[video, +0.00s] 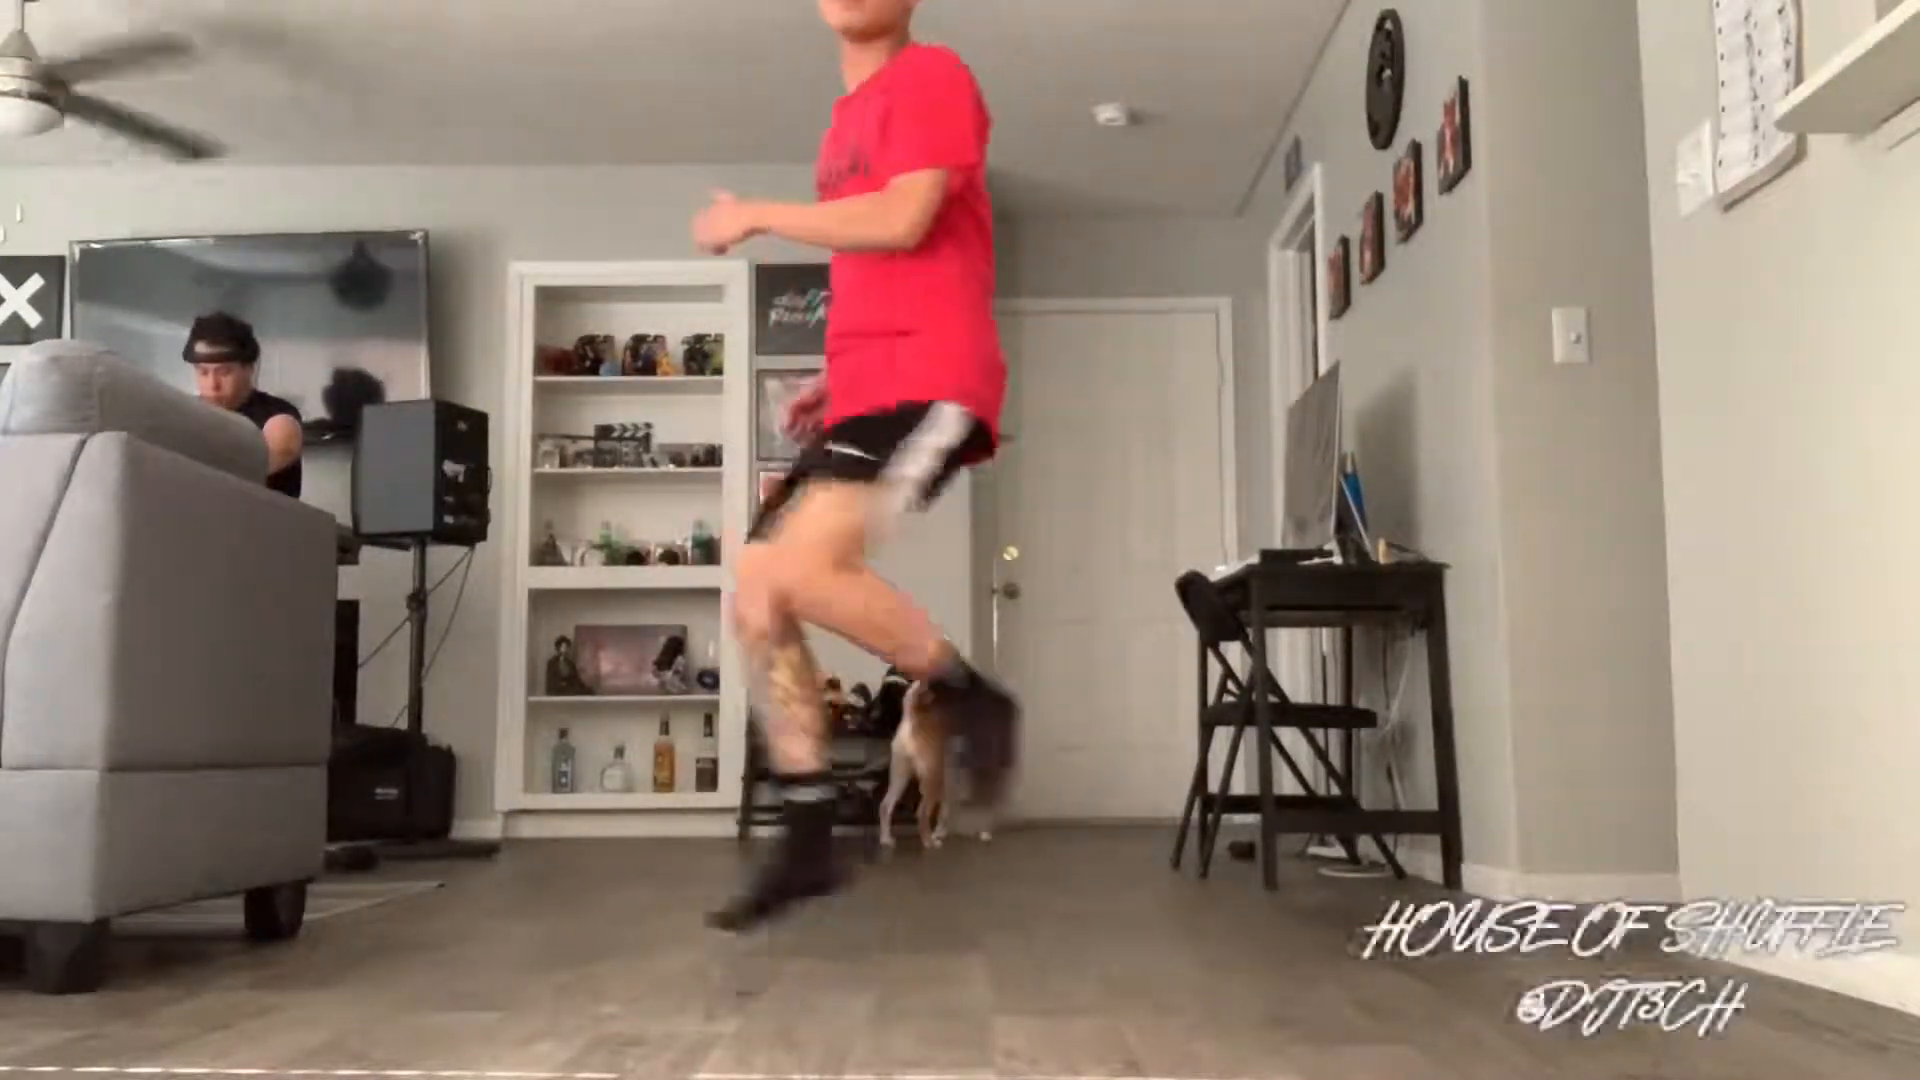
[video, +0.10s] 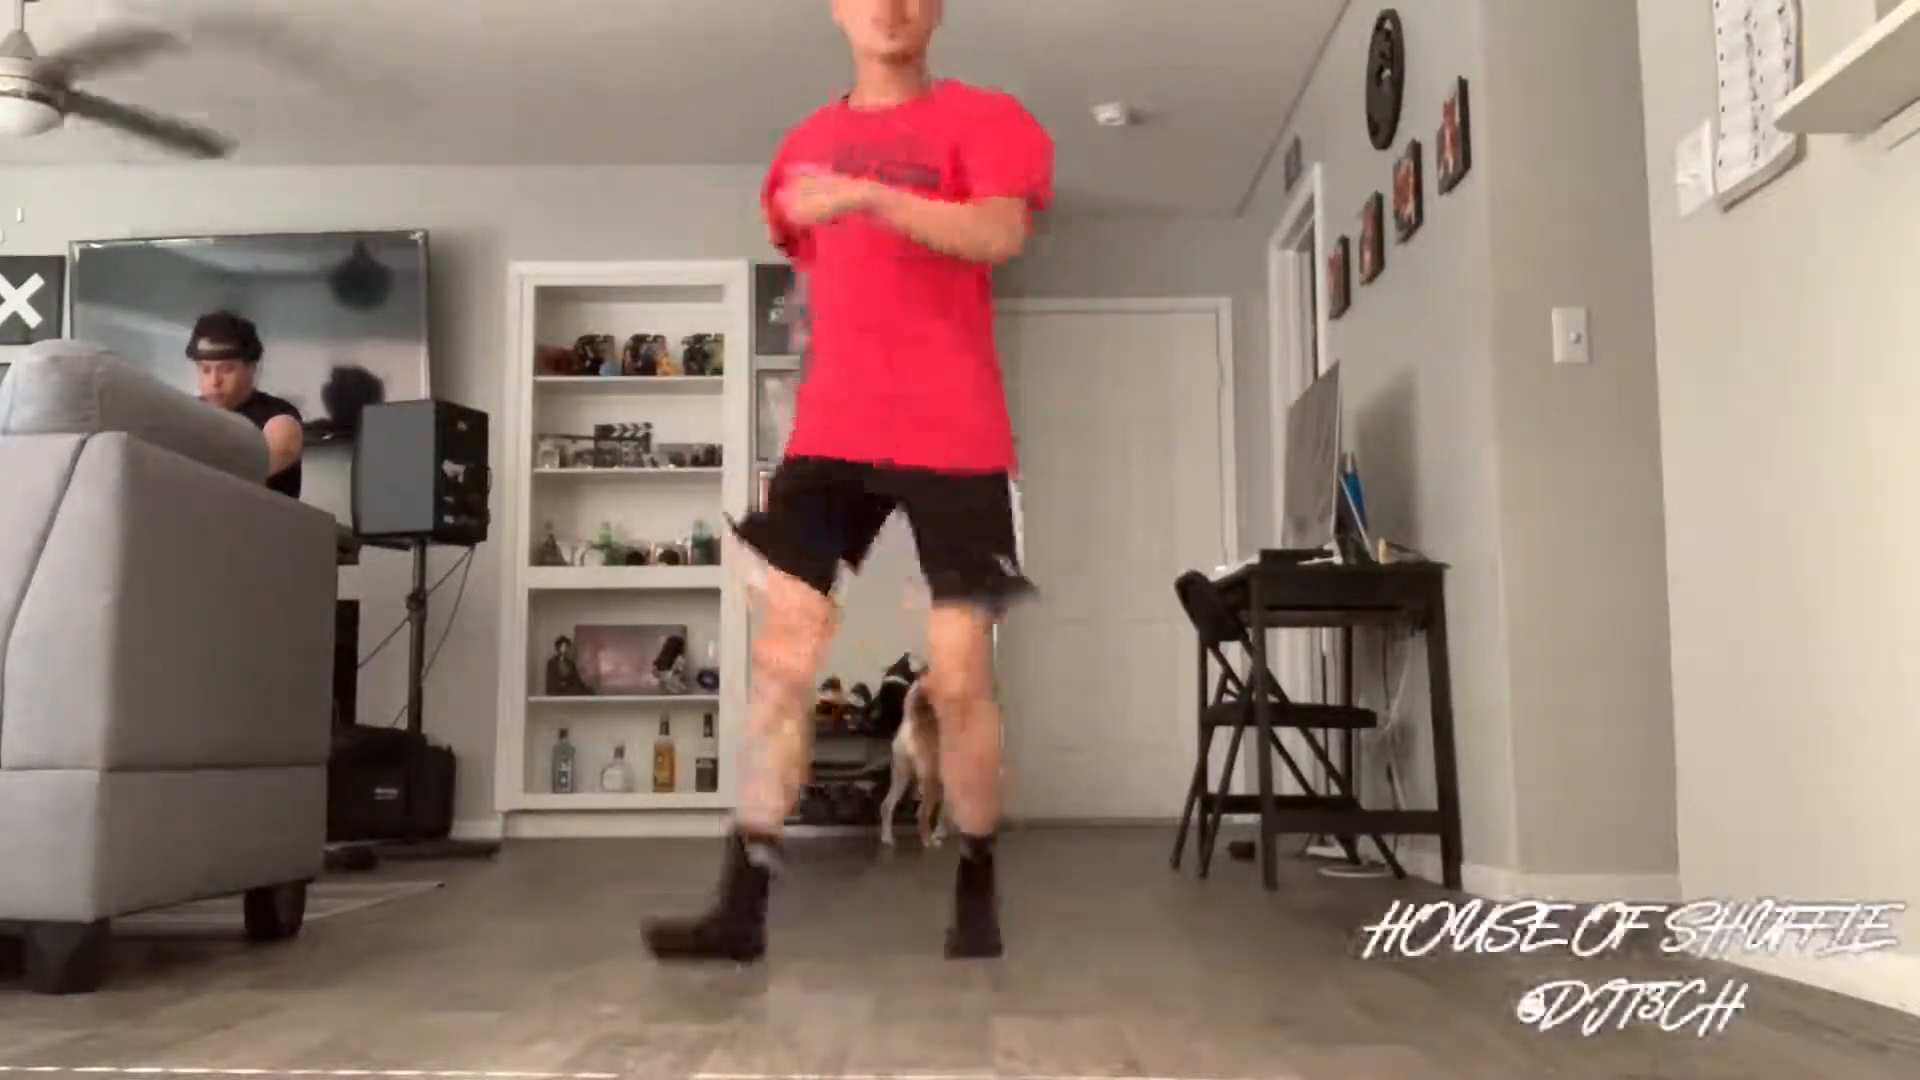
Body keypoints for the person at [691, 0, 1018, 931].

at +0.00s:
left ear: (902, 1)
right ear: (828, 9)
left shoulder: (931, 76)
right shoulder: (849, 119)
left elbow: (903, 217)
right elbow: (888, 278)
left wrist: (758, 215)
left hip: (935, 385)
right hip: (869, 396)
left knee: (806, 569)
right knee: (755, 596)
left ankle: (971, 698)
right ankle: (807, 831)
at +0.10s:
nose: (892, 7)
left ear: (936, 11)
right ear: (838, 11)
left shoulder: (987, 117)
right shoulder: (808, 145)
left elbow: (1002, 229)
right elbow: (824, 292)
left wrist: (865, 196)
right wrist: (813, 428)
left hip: (954, 438)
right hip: (833, 435)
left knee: (957, 678)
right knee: (782, 652)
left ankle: (977, 896)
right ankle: (740, 911)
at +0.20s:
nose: (907, 2)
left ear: (945, 7)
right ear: (856, 9)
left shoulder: (1001, 121)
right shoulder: (806, 123)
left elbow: (1029, 251)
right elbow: (751, 273)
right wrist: (736, 390)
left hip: (965, 433)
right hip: (844, 433)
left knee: (962, 670)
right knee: (824, 649)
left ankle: (961, 888)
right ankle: (797, 890)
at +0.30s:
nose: (927, 1)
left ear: (955, 7)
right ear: (875, 1)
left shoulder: (990, 105)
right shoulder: (801, 86)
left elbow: (1033, 262)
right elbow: (736, 219)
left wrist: (1074, 403)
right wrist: (730, 270)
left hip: (975, 404)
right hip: (858, 409)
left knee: (1004, 612)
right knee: (894, 646)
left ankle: (975, 749)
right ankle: (889, 897)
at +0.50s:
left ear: (960, 5)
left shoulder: (978, 101)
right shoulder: (842, 48)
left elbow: (977, 234)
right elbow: (778, 186)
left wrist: (990, 342)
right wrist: (827, 192)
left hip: (980, 363)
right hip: (868, 366)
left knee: (997, 553)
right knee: (874, 636)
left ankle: (921, 785)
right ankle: (848, 870)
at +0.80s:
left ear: (979, 8)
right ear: (936, 3)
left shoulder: (1033, 112)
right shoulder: (854, 83)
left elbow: (1051, 254)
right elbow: (817, 235)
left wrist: (1079, 302)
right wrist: (805, 351)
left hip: (997, 375)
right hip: (883, 371)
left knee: (959, 632)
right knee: (941, 557)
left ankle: (940, 906)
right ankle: (843, 728)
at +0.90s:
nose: (966, 1)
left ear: (981, 2)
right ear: (936, 1)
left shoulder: (1046, 99)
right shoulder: (863, 85)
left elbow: (1099, 238)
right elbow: (817, 251)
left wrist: (1156, 195)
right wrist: (786, 399)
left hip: (1000, 387)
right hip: (889, 366)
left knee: (965, 651)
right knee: (991, 493)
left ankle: (946, 918)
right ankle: (897, 699)